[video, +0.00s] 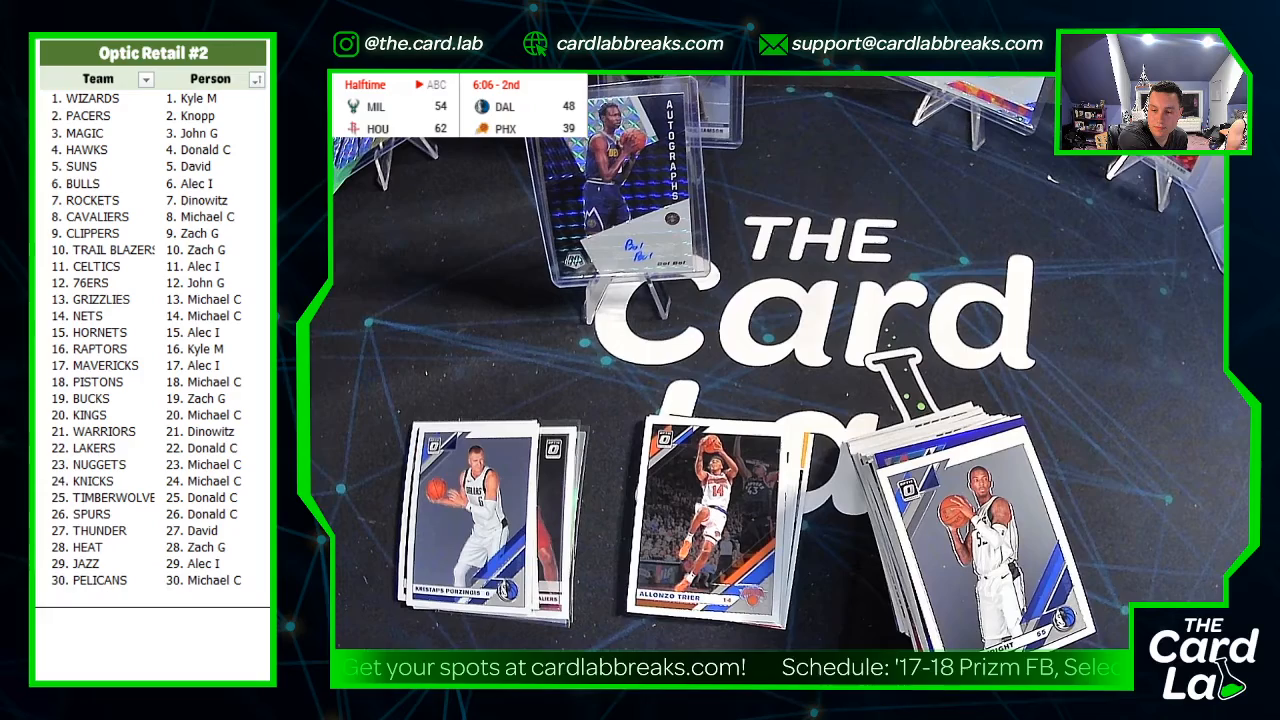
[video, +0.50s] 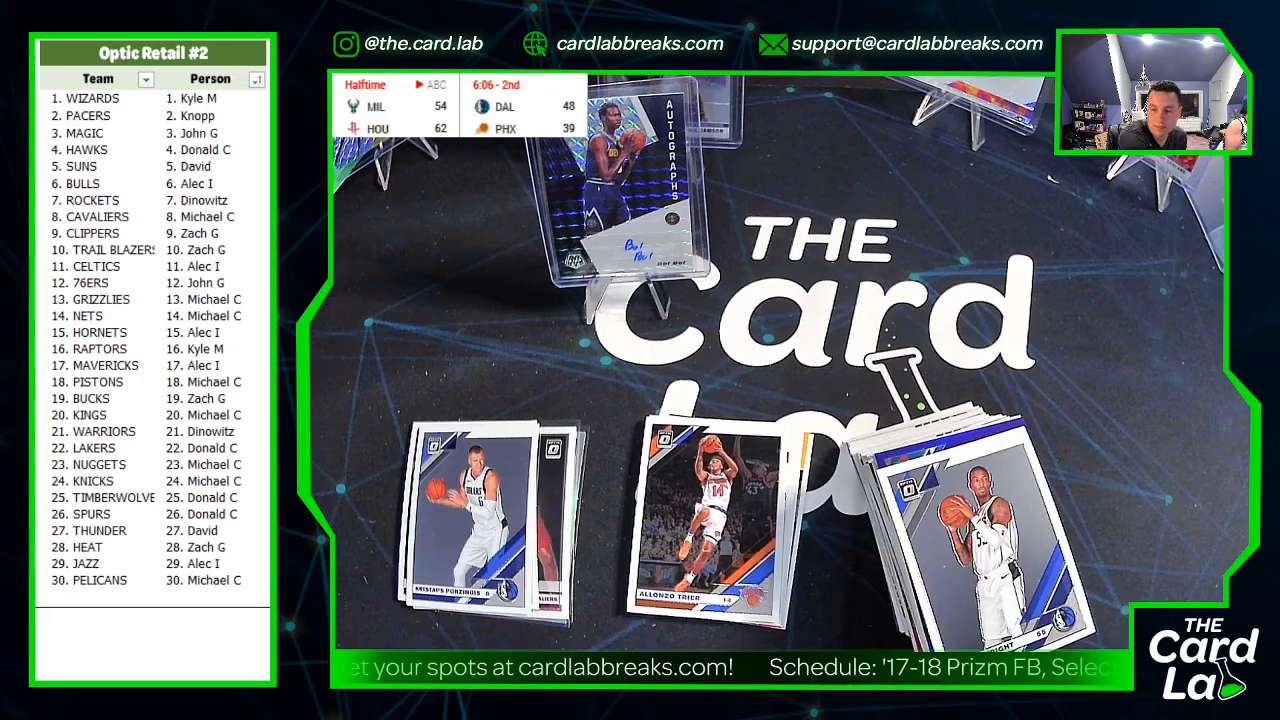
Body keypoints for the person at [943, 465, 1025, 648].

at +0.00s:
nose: (980, 483)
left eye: (984, 479)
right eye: (976, 480)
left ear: (990, 482)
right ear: (970, 485)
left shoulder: (1000, 504)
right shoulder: (975, 517)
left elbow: (997, 539)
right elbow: (965, 559)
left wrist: (973, 517)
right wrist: (953, 531)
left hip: (1007, 579)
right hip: (985, 584)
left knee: (1018, 633)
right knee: (992, 639)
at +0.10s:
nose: (980, 483)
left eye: (983, 479)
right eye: (975, 480)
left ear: (990, 481)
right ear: (970, 485)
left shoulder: (1000, 504)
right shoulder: (974, 518)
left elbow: (997, 539)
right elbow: (965, 559)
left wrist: (972, 517)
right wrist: (953, 530)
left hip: (1007, 579)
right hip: (985, 584)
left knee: (1018, 633)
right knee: (992, 640)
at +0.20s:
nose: (980, 483)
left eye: (984, 479)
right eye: (975, 480)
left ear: (990, 482)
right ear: (970, 485)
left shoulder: (1000, 504)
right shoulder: (975, 517)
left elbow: (997, 539)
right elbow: (965, 559)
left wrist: (973, 517)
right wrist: (953, 531)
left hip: (1007, 579)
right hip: (985, 584)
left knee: (1018, 633)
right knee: (992, 639)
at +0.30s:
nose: (980, 483)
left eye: (984, 479)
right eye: (975, 480)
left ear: (990, 482)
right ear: (970, 485)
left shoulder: (1000, 504)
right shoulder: (975, 517)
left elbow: (997, 539)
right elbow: (965, 559)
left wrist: (973, 517)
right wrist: (953, 530)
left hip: (1007, 579)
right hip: (985, 584)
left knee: (1018, 633)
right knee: (992, 639)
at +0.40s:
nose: (980, 483)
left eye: (983, 479)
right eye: (975, 480)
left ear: (990, 481)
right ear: (970, 485)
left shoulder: (1000, 504)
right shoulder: (974, 518)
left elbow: (997, 539)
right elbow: (965, 559)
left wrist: (972, 517)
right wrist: (953, 530)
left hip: (1007, 579)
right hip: (985, 585)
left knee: (1018, 633)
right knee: (992, 640)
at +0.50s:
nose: (980, 483)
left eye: (983, 479)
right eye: (975, 480)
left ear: (990, 481)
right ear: (970, 485)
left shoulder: (1000, 504)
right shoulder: (974, 518)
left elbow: (997, 539)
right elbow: (965, 559)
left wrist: (972, 517)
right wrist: (953, 530)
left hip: (1007, 579)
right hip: (985, 585)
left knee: (1018, 633)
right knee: (992, 640)